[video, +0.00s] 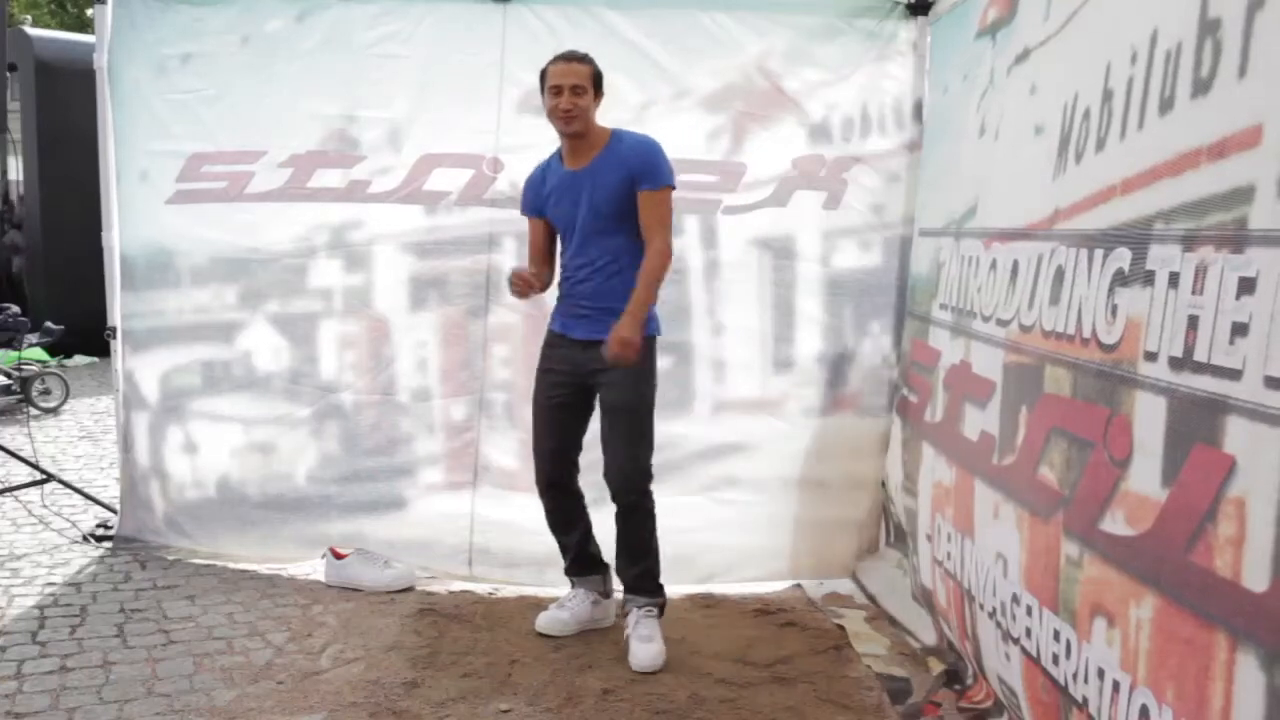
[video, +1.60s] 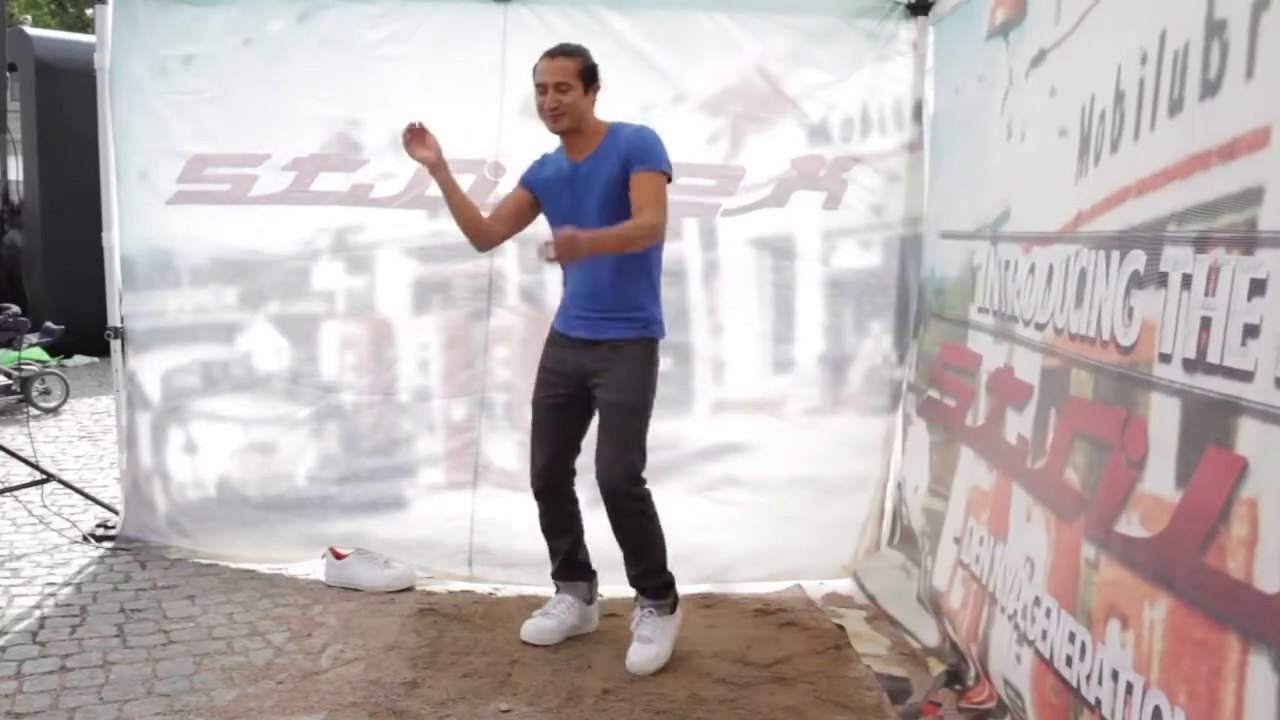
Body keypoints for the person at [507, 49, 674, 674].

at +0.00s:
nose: (566, 102)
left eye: (577, 91)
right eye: (556, 92)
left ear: (597, 99)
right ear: (543, 103)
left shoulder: (639, 155)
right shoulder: (540, 181)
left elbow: (658, 248)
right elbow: (539, 270)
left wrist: (633, 318)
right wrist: (526, 280)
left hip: (625, 344)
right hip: (565, 343)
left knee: (626, 478)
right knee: (554, 475)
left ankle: (644, 608)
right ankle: (591, 589)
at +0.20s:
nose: (568, 85)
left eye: (580, 76)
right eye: (558, 76)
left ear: (601, 85)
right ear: (546, 87)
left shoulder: (642, 149)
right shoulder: (535, 167)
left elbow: (682, 241)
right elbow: (504, 252)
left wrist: (707, 325)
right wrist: (448, 217)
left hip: (625, 337)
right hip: (561, 337)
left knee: (620, 470)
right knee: (563, 470)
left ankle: (614, 605)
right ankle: (586, 586)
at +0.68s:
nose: (601, 87)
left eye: (615, 78)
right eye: (592, 76)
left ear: (634, 91)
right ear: (578, 86)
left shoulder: (659, 163)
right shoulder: (545, 159)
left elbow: (669, 247)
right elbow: (529, 263)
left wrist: (675, 265)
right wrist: (538, 237)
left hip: (642, 337)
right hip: (571, 339)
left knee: (657, 463)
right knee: (571, 472)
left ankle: (630, 598)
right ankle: (588, 588)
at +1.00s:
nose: (588, 80)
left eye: (601, 69)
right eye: (586, 71)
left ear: (640, 78)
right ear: (591, 82)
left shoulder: (684, 161)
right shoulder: (570, 155)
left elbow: (701, 261)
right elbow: (544, 245)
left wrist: (683, 347)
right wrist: (557, 271)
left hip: (645, 345)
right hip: (575, 340)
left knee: (652, 487)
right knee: (560, 470)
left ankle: (652, 611)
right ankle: (587, 584)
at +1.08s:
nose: (582, 88)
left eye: (595, 78)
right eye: (581, 79)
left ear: (635, 85)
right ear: (589, 89)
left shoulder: (684, 169)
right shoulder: (576, 164)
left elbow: (705, 269)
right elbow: (548, 249)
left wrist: (709, 365)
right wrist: (524, 247)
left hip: (645, 354)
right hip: (578, 344)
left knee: (645, 493)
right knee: (547, 468)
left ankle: (652, 614)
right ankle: (582, 578)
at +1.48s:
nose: (560, 95)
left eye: (571, 83)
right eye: (554, 84)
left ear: (606, 86)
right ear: (552, 91)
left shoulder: (645, 144)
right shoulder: (562, 166)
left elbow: (665, 240)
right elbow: (495, 227)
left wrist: (628, 310)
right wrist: (447, 178)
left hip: (625, 347)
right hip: (568, 342)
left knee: (631, 484)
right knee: (552, 474)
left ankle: (668, 612)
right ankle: (576, 595)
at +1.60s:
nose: (551, 101)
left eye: (563, 89)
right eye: (542, 91)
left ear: (592, 92)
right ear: (537, 99)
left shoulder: (636, 143)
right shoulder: (548, 171)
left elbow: (651, 227)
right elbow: (484, 234)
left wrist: (586, 241)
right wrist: (439, 168)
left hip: (628, 344)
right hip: (567, 342)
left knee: (617, 478)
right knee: (549, 475)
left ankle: (657, 607)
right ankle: (576, 595)